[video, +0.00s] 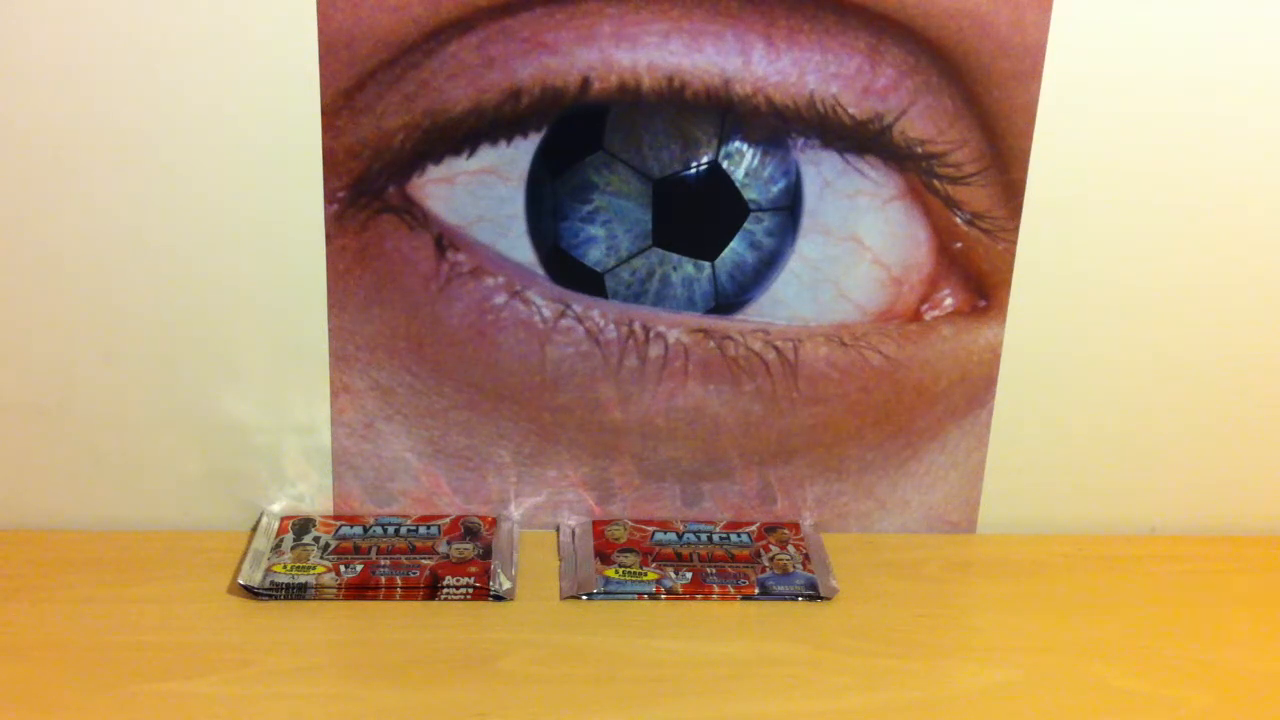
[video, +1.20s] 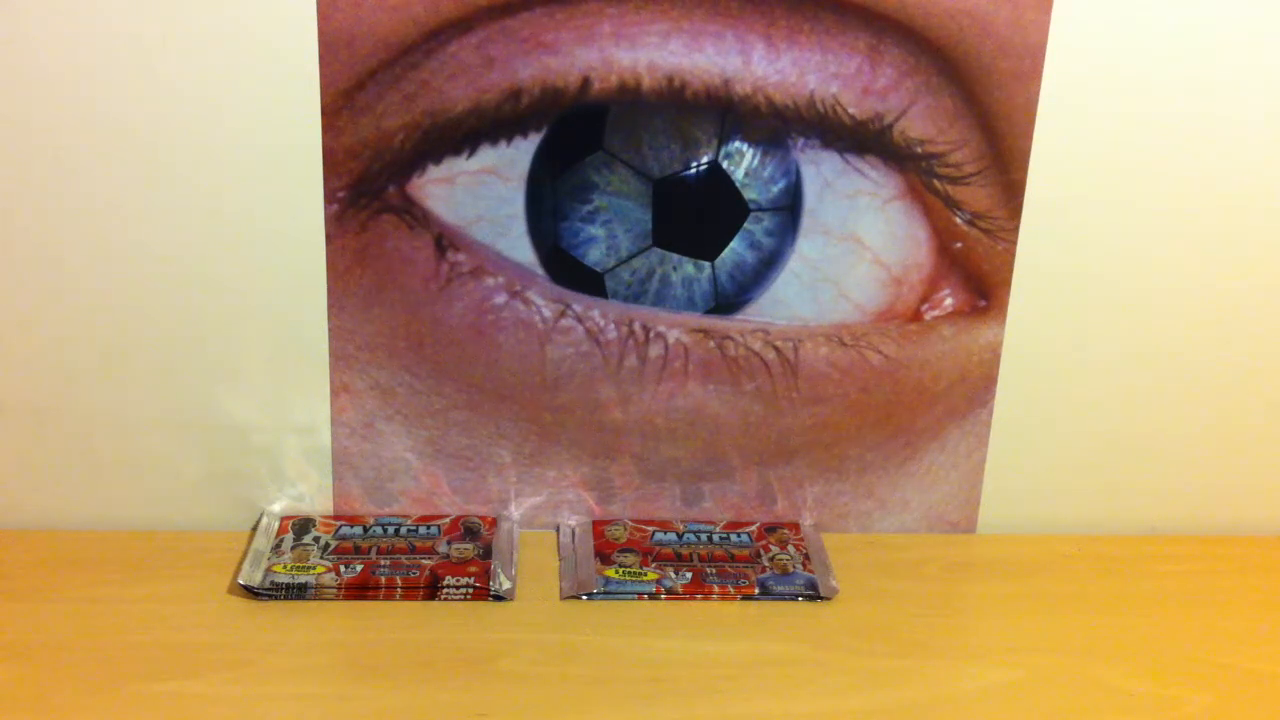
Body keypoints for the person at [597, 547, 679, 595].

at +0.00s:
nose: (621, 560)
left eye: (626, 557)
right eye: (619, 557)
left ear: (638, 558)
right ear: (616, 558)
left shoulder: (651, 573)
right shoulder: (609, 571)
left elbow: (673, 590)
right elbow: (597, 590)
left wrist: (674, 587)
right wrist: (596, 574)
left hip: (641, 607)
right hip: (612, 606)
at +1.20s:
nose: (621, 560)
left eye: (626, 557)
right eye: (619, 557)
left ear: (638, 558)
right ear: (615, 558)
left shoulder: (651, 573)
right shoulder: (609, 571)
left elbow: (673, 589)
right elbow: (596, 589)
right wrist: (596, 574)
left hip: (641, 606)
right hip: (612, 605)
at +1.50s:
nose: (621, 560)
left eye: (626, 557)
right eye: (619, 557)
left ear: (638, 558)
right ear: (615, 558)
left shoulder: (651, 573)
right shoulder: (609, 571)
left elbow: (673, 589)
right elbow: (596, 589)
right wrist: (596, 574)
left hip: (640, 606)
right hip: (612, 605)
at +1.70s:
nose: (621, 560)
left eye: (626, 557)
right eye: (619, 557)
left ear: (638, 558)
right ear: (615, 558)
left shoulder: (651, 573)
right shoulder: (610, 571)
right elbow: (597, 589)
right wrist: (597, 574)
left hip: (641, 606)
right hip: (613, 606)